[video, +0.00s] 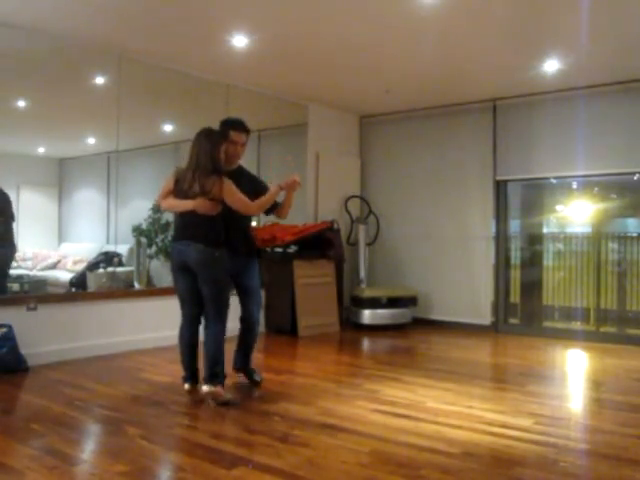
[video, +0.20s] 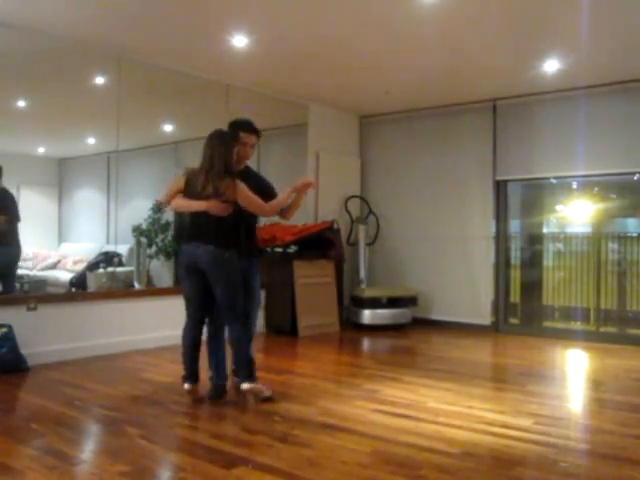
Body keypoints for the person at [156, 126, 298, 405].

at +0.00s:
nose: (229, 155)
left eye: (229, 149)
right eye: (225, 150)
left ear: (195, 150)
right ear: (215, 151)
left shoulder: (179, 176)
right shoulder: (218, 183)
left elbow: (161, 199)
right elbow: (251, 209)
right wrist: (277, 190)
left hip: (180, 250)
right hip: (208, 252)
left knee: (189, 315)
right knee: (216, 317)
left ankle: (190, 379)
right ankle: (213, 382)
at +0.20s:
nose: (242, 155)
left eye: (244, 149)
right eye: (238, 149)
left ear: (207, 151)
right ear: (227, 152)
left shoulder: (188, 177)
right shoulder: (231, 185)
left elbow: (166, 199)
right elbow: (266, 210)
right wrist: (293, 191)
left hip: (189, 254)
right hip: (219, 256)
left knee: (193, 318)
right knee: (230, 317)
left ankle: (189, 378)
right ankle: (220, 382)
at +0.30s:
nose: (249, 155)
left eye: (251, 149)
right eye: (246, 149)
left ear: (215, 152)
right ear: (236, 153)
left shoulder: (197, 178)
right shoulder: (240, 185)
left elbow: (171, 198)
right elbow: (277, 209)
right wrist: (302, 190)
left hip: (197, 256)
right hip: (229, 257)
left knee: (198, 319)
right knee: (246, 318)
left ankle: (191, 377)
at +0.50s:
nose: (269, 156)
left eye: (268, 151)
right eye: (267, 151)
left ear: (239, 150)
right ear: (260, 152)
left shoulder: (218, 180)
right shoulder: (265, 184)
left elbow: (184, 201)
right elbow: (299, 204)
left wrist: (205, 211)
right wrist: (312, 185)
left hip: (223, 254)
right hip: (256, 255)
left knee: (214, 316)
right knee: (262, 315)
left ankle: (197, 375)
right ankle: (274, 375)